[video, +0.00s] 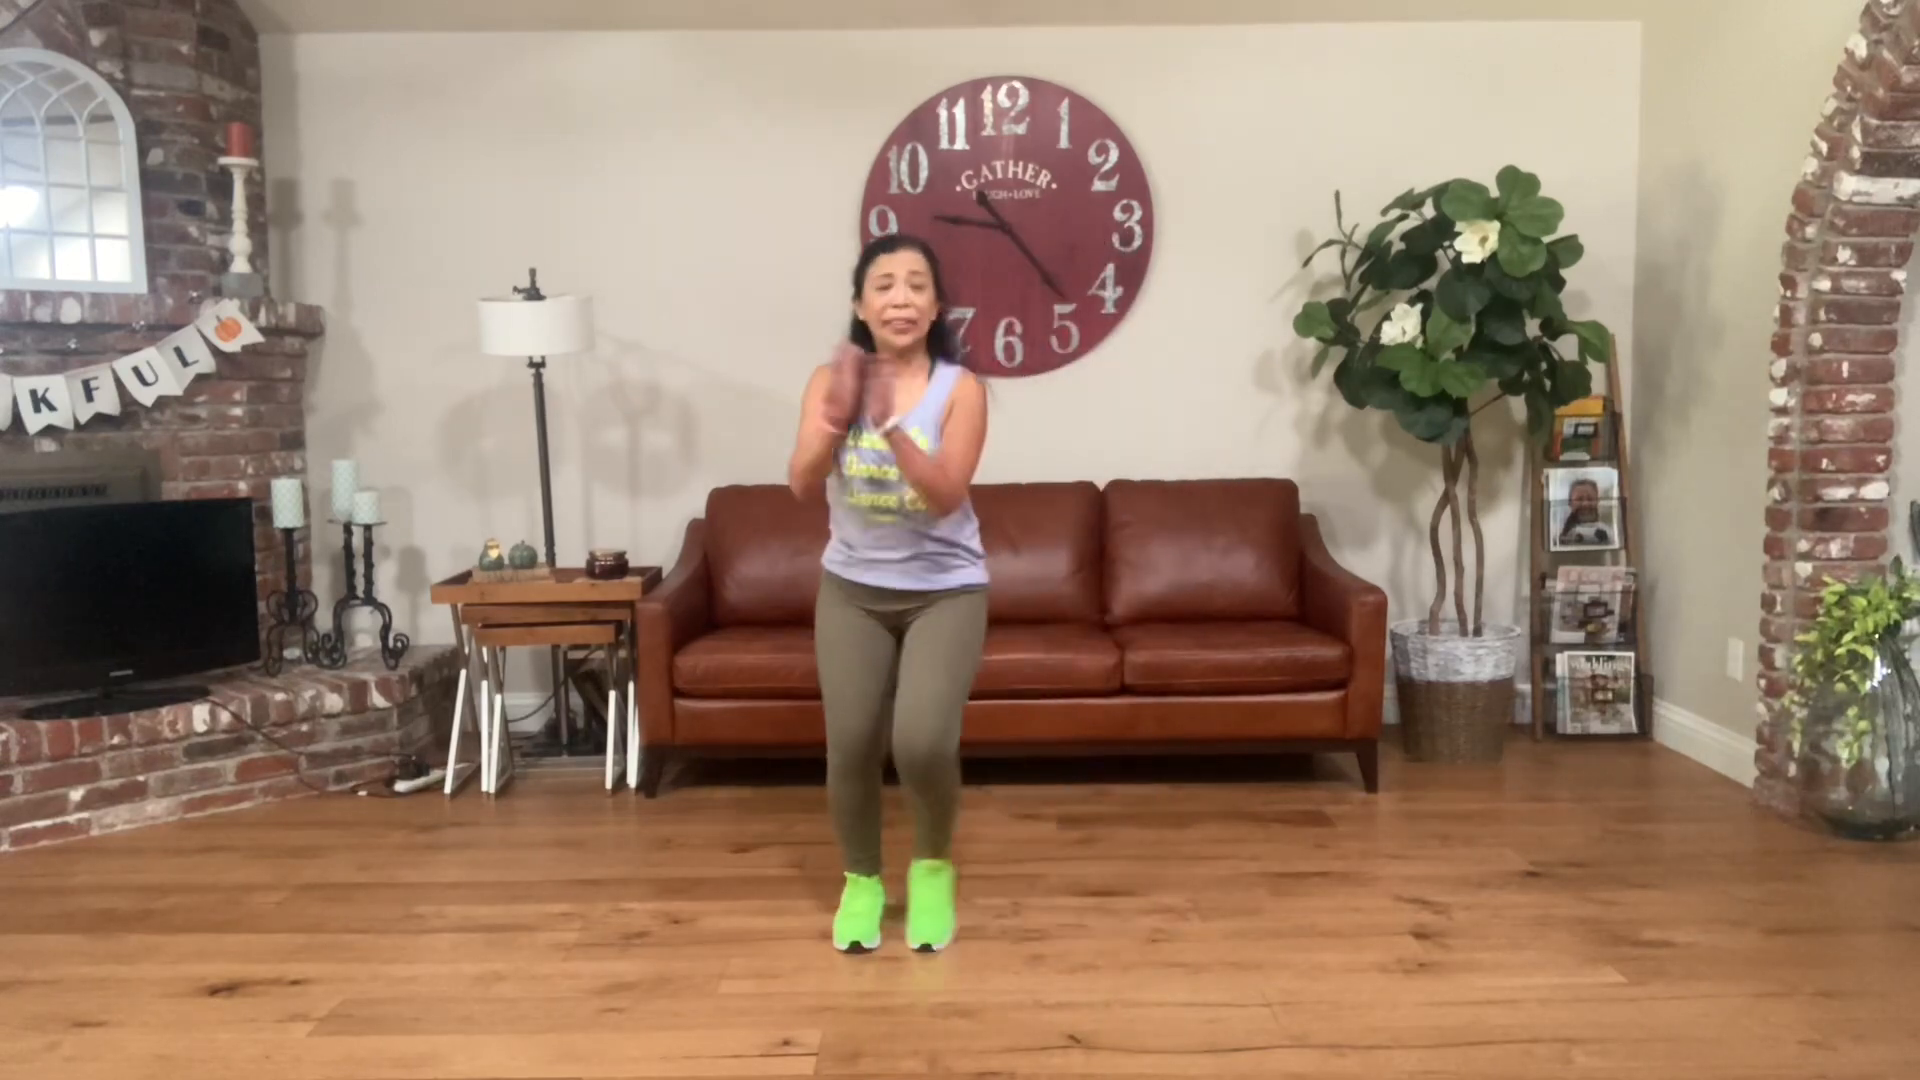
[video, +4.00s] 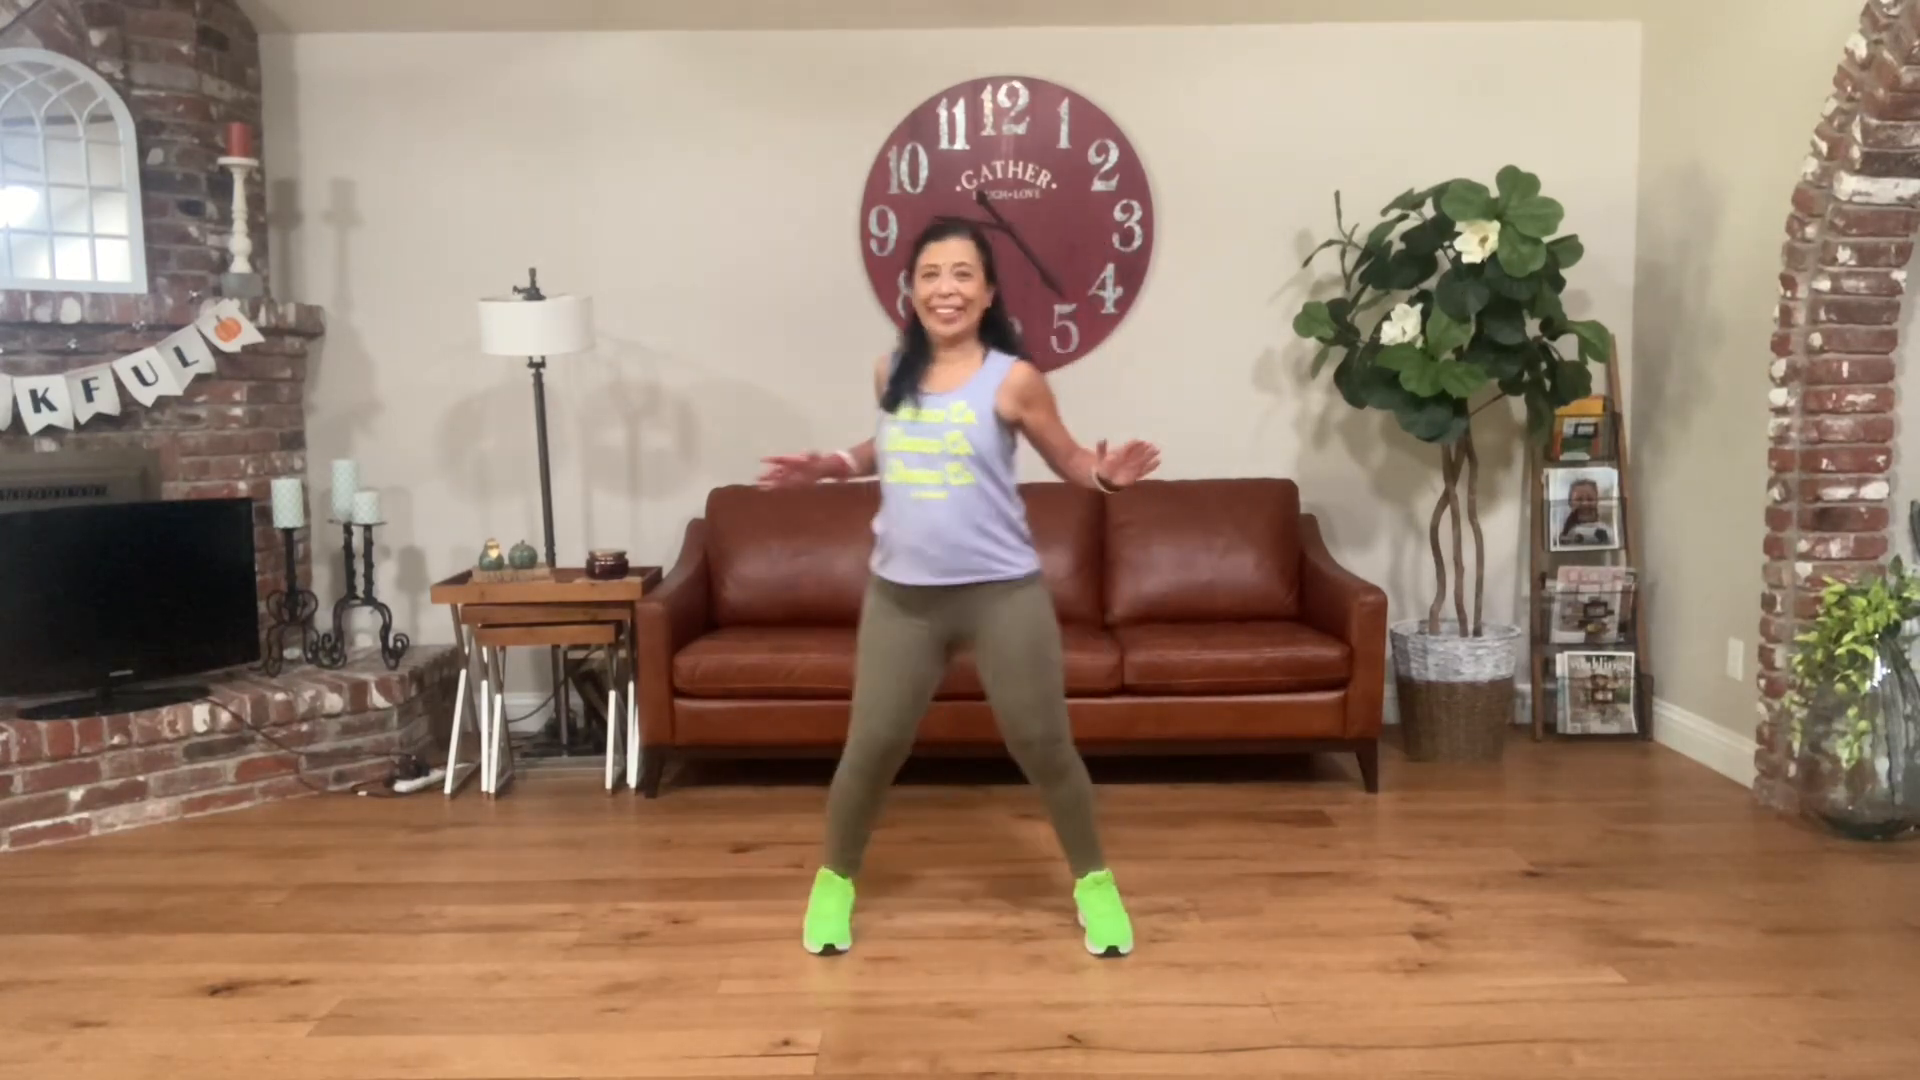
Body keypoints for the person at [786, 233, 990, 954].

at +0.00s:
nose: (902, 299)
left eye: (916, 285)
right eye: (885, 286)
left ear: (938, 303)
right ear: (861, 304)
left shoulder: (960, 388)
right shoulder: (835, 379)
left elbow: (946, 496)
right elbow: (803, 485)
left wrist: (893, 428)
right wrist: (837, 421)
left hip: (947, 589)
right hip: (851, 588)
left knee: (920, 743)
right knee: (851, 740)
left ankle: (932, 873)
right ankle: (862, 883)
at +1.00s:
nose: (1064, 290)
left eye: (1078, 276)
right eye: (1046, 278)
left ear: (1100, 295)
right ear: (1023, 301)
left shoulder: (1131, 379)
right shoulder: (999, 382)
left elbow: (1178, 486)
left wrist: (1171, 397)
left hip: (1110, 586)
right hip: (1012, 581)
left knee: (1120, 737)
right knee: (999, 721)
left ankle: (1115, 881)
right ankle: (979, 837)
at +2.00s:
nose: (890, 295)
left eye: (907, 281)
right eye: (875, 282)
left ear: (932, 299)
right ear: (856, 299)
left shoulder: (959, 382)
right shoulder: (827, 376)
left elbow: (978, 501)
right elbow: (765, 463)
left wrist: (969, 438)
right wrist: (732, 436)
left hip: (944, 587)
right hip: (844, 590)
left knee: (972, 735)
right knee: (840, 740)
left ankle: (1053, 862)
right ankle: (835, 882)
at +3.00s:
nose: (983, 282)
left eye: (996, 268)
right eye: (964, 272)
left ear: (1019, 284)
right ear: (942, 296)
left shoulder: (1054, 368)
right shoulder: (931, 383)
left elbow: (1087, 446)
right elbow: (878, 472)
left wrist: (1141, 438)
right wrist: (840, 475)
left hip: (1047, 588)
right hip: (951, 586)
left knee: (1072, 739)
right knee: (907, 740)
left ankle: (1096, 882)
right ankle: (843, 876)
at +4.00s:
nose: (946, 288)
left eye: (963, 274)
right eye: (931, 274)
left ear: (987, 292)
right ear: (911, 292)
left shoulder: (1013, 381)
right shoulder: (892, 372)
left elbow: (1072, 461)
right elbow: (899, 446)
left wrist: (1106, 471)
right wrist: (831, 465)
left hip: (1003, 590)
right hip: (901, 595)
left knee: (1041, 741)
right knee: (874, 743)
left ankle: (1094, 884)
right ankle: (835, 881)